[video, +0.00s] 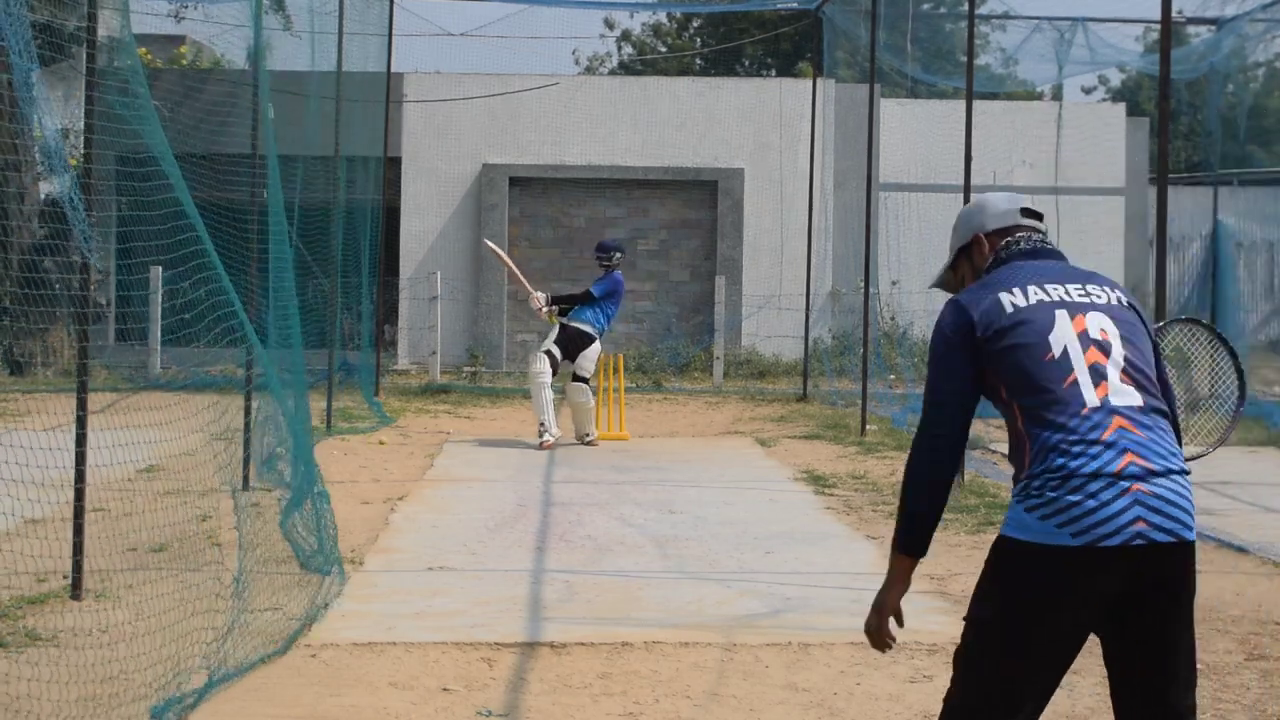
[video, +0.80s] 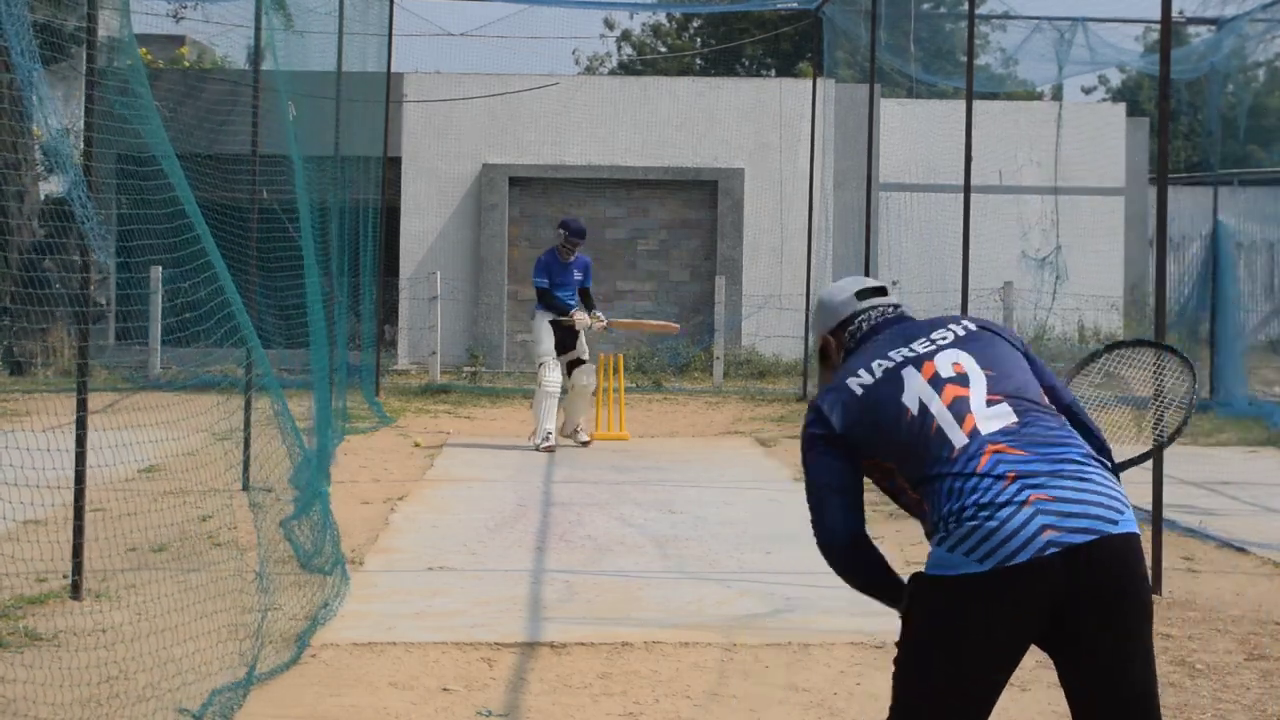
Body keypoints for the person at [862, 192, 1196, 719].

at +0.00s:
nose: (961, 288)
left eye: (960, 275)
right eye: (958, 278)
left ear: (980, 250)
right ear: (1037, 241)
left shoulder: (973, 306)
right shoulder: (1117, 294)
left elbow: (938, 451)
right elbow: (1166, 418)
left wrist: (897, 575)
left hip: (1059, 535)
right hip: (1166, 534)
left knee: (982, 706)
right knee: (1163, 708)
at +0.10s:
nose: (880, 365)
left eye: (877, 352)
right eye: (875, 356)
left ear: (892, 315)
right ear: (955, 302)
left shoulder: (892, 368)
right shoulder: (1038, 325)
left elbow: (857, 518)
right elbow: (1117, 425)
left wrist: (817, 648)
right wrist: (1132, 512)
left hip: (1018, 549)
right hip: (1134, 541)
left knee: (944, 709)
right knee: (1147, 709)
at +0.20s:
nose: (835, 411)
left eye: (831, 397)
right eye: (831, 399)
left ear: (843, 374)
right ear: (898, 343)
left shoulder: (848, 423)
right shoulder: (980, 350)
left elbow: (815, 569)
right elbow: (1076, 428)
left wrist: (772, 700)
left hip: (996, 557)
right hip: (1118, 539)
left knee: (922, 710)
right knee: (1146, 709)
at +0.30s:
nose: (787, 491)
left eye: (781, 474)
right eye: (781, 478)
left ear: (793, 451)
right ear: (833, 413)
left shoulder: (809, 490)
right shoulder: (925, 394)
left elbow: (777, 640)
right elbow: (1054, 456)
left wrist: (747, 714)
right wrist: (912, 545)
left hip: (974, 563)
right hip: (1090, 541)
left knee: (899, 710)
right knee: (1142, 709)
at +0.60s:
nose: (771, 490)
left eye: (766, 475)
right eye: (765, 477)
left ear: (775, 455)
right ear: (817, 413)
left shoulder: (791, 494)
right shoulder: (906, 387)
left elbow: (778, 640)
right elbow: (1041, 443)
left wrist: (762, 715)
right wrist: (909, 549)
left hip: (967, 556)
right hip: (1080, 526)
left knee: (901, 712)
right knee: (1130, 707)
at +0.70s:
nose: (793, 419)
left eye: (790, 406)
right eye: (791, 407)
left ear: (801, 392)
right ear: (856, 352)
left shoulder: (808, 438)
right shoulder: (950, 354)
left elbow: (806, 582)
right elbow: (1068, 436)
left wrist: (832, 670)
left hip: (976, 557)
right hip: (1093, 531)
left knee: (916, 711)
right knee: (1125, 708)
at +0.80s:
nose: (825, 373)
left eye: (823, 358)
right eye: (824, 361)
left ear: (833, 345)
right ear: (896, 312)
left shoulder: (834, 402)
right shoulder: (986, 328)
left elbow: (840, 540)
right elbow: (1088, 434)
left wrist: (908, 598)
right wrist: (1097, 508)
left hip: (985, 569)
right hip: (1107, 545)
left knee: (926, 709)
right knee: (1128, 707)